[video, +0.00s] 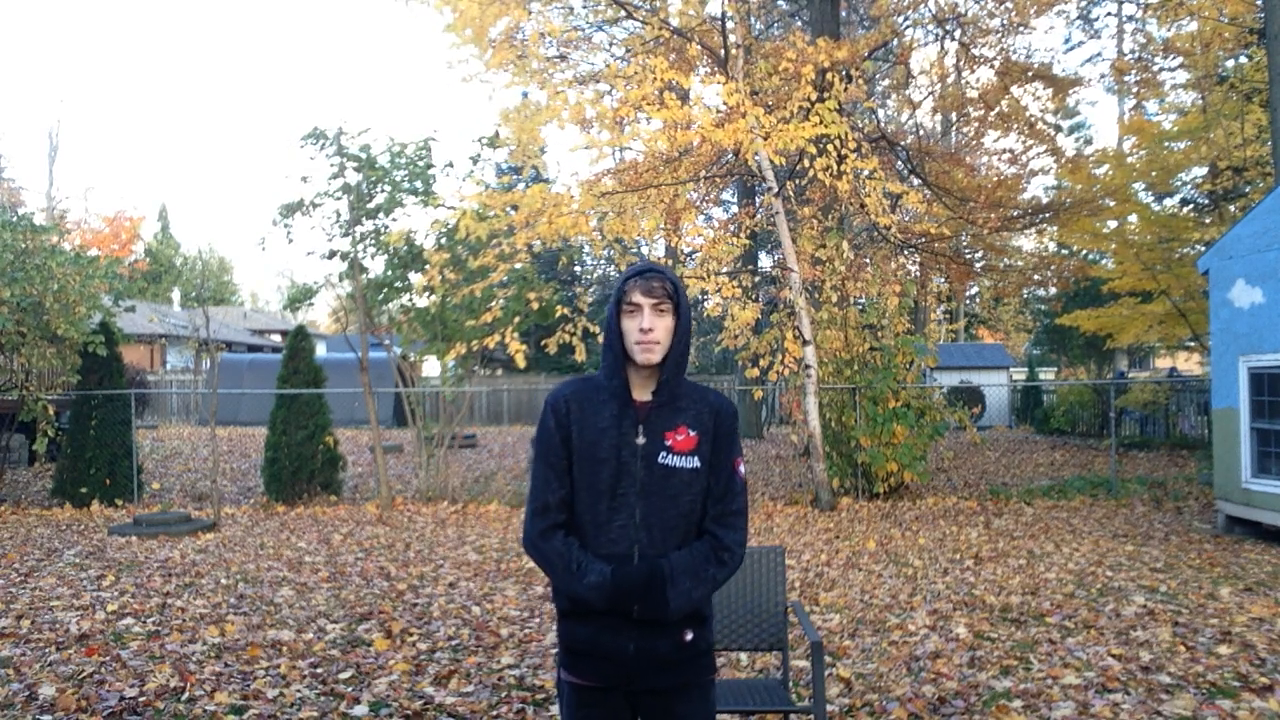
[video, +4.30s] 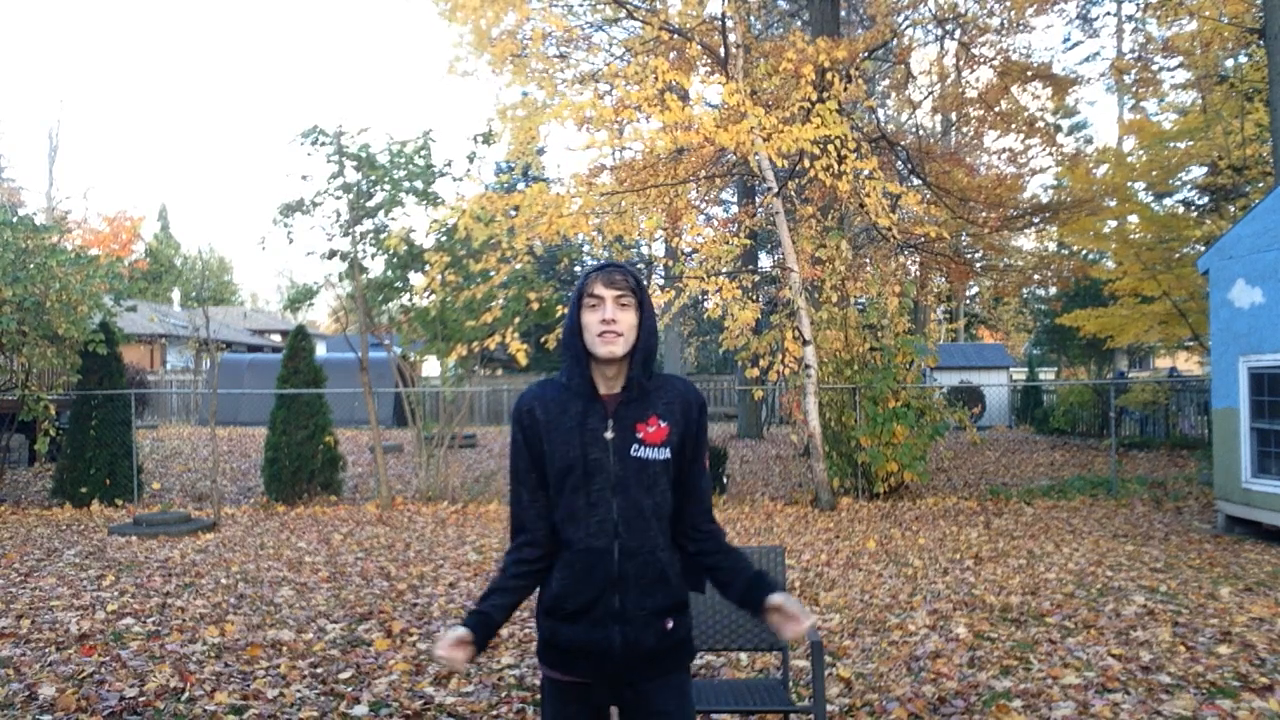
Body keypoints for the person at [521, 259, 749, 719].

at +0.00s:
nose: (645, 325)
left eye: (659, 311)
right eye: (632, 311)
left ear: (679, 324)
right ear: (616, 323)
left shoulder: (713, 412)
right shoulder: (569, 404)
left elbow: (728, 537)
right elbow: (540, 529)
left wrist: (661, 583)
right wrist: (606, 585)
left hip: (680, 652)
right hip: (591, 653)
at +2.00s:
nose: (606, 325)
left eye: (621, 312)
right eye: (592, 310)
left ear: (637, 329)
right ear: (571, 326)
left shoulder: (676, 412)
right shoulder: (533, 421)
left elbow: (722, 528)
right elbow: (506, 549)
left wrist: (648, 573)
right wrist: (593, 577)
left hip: (661, 659)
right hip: (569, 661)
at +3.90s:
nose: (627, 313)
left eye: (642, 301)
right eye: (614, 300)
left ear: (660, 317)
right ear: (595, 314)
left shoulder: (697, 400)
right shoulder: (553, 401)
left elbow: (762, 498)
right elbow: (501, 509)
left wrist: (680, 538)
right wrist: (593, 553)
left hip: (681, 645)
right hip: (590, 649)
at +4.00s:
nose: (620, 313)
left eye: (634, 300)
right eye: (606, 300)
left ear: (652, 317)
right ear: (586, 315)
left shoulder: (690, 391)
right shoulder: (547, 392)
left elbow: (783, 468)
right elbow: (481, 486)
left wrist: (756, 555)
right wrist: (521, 572)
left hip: (673, 638)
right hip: (582, 641)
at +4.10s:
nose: (617, 322)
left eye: (631, 310)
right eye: (603, 309)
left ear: (649, 325)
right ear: (582, 321)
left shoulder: (684, 402)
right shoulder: (537, 408)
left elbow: (761, 503)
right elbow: (483, 521)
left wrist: (851, 595)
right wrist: (437, 637)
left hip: (665, 650)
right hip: (573, 653)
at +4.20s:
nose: (612, 321)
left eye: (626, 309)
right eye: (598, 308)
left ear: (645, 323)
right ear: (577, 321)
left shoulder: (678, 402)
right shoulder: (540, 408)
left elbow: (725, 526)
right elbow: (511, 544)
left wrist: (824, 580)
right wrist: (437, 635)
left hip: (659, 648)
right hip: (566, 652)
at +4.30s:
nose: (609, 316)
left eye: (623, 305)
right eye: (595, 304)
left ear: (642, 319)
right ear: (576, 319)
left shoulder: (678, 402)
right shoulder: (539, 408)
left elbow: (696, 530)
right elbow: (532, 541)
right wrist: (477, 628)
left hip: (658, 645)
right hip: (570, 647)